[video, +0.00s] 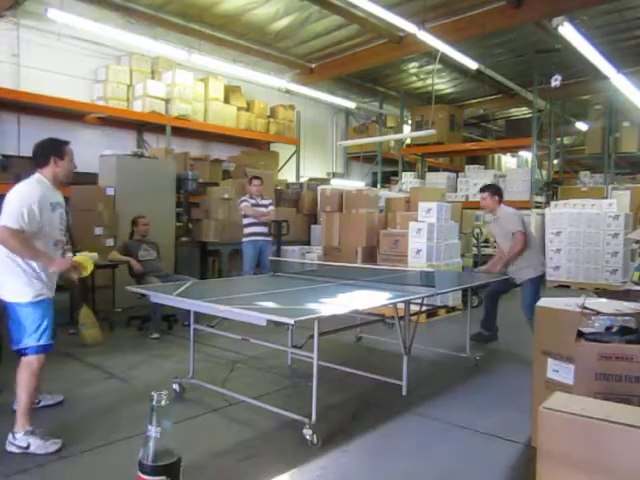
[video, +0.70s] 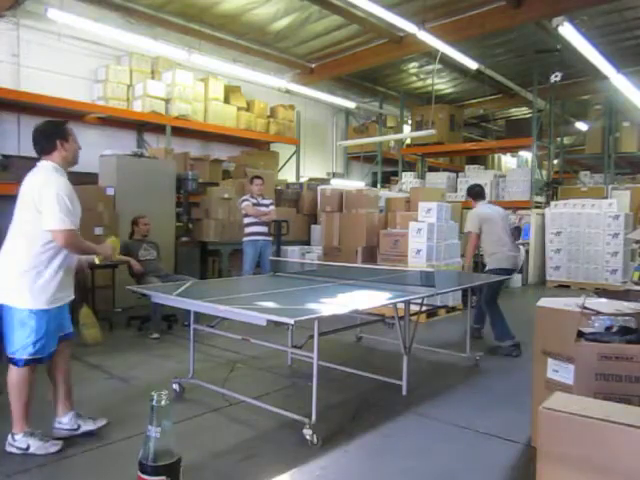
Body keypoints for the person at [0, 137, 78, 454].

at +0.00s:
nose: (74, 167)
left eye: (73, 161)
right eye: (70, 160)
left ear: (54, 162)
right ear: (54, 162)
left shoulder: (55, 196)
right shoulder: (27, 191)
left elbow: (54, 240)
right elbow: (9, 234)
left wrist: (69, 261)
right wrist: (51, 261)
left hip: (38, 288)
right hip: (23, 290)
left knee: (36, 349)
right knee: (34, 355)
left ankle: (27, 397)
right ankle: (21, 431)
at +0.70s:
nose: (77, 146)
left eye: (75, 140)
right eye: (73, 140)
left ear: (51, 146)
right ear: (60, 144)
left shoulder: (45, 176)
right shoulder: (52, 179)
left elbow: (41, 239)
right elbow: (64, 237)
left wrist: (77, 259)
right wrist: (98, 249)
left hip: (51, 287)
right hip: (29, 289)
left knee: (62, 344)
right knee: (24, 360)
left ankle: (65, 416)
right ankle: (19, 433)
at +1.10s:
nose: (96, 145)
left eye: (92, 139)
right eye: (91, 139)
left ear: (71, 146)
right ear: (79, 145)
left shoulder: (72, 175)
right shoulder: (72, 175)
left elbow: (83, 230)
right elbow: (78, 224)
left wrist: (116, 258)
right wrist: (89, 275)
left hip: (67, 282)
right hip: (63, 282)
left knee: (79, 351)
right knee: (75, 351)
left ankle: (68, 420)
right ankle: (33, 422)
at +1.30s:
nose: (107, 141)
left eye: (104, 137)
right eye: (102, 137)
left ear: (81, 144)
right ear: (89, 142)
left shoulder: (84, 171)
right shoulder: (77, 169)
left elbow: (90, 229)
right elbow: (72, 218)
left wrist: (117, 258)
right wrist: (101, 263)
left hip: (73, 282)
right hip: (79, 284)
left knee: (71, 353)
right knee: (86, 359)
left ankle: (66, 417)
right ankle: (82, 442)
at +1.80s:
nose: (139, 141)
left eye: (136, 135)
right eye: (135, 135)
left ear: (110, 141)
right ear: (120, 140)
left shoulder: (106, 171)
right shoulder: (108, 175)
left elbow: (108, 234)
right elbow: (111, 236)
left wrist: (145, 278)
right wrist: (149, 279)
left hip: (113, 289)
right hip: (114, 292)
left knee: (115, 358)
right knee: (114, 366)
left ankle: (84, 404)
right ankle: (114, 446)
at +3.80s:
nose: (135, 144)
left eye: (132, 138)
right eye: (132, 138)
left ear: (99, 143)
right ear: (122, 140)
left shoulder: (78, 177)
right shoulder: (127, 176)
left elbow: (66, 228)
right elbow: (140, 233)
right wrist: (157, 248)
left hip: (80, 289)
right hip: (118, 292)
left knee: (82, 357)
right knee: (116, 365)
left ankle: (78, 428)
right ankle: (116, 445)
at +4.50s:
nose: (128, 144)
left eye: (126, 137)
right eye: (125, 137)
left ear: (95, 144)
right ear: (115, 140)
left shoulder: (79, 179)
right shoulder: (123, 176)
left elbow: (93, 226)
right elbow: (137, 231)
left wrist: (146, 225)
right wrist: (159, 249)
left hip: (84, 290)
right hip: (120, 293)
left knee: (82, 358)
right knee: (119, 367)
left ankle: (77, 429)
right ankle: (115, 448)